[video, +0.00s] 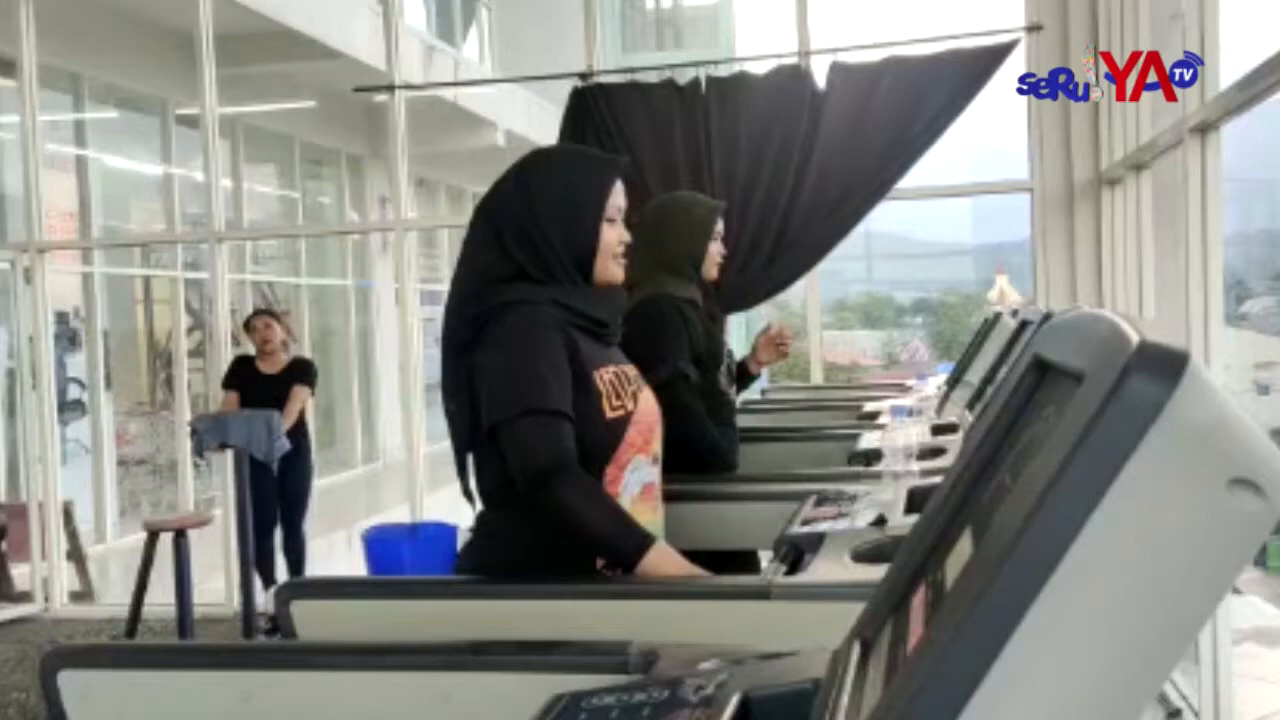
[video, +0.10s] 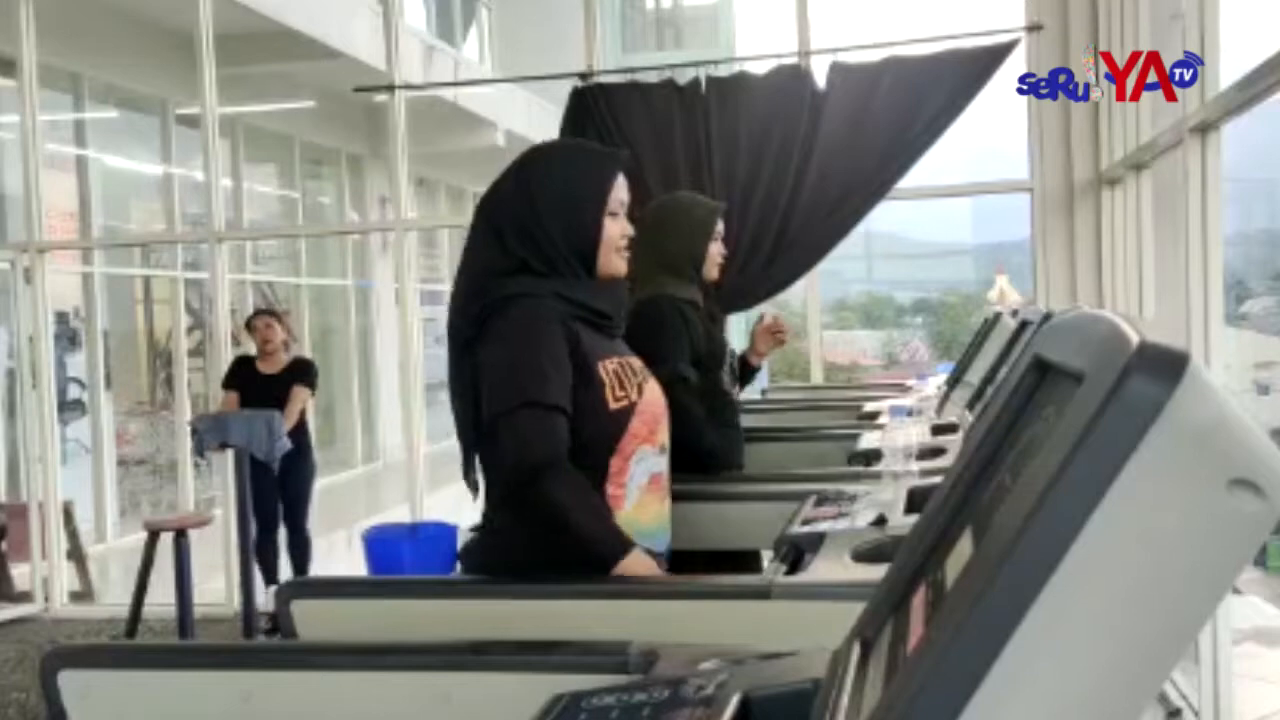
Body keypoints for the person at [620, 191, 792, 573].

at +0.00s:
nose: (722, 251)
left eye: (721, 240)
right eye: (715, 239)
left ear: (692, 244)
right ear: (687, 242)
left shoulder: (689, 302)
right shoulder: (663, 307)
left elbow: (708, 391)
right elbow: (679, 402)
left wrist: (752, 364)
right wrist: (724, 467)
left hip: (702, 476)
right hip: (679, 484)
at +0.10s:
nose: (723, 251)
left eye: (721, 240)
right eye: (716, 240)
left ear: (693, 245)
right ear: (687, 243)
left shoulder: (693, 303)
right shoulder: (664, 307)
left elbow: (714, 391)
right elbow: (679, 400)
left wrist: (753, 358)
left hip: (707, 474)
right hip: (683, 481)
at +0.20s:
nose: (724, 248)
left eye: (722, 237)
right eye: (716, 236)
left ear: (693, 243)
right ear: (688, 240)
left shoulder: (692, 297)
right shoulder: (666, 302)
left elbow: (718, 385)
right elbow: (679, 399)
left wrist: (755, 347)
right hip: (690, 474)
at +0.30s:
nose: (723, 245)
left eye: (721, 234)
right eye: (715, 233)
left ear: (691, 239)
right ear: (686, 237)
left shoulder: (693, 296)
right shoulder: (663, 299)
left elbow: (724, 388)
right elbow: (669, 401)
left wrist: (755, 336)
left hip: (713, 465)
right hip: (686, 472)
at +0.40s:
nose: (722, 244)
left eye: (720, 234)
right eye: (714, 233)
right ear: (685, 235)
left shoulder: (694, 297)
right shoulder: (659, 299)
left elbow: (730, 385)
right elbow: (657, 400)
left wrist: (754, 325)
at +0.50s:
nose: (719, 245)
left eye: (718, 234)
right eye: (711, 234)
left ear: (688, 238)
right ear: (683, 236)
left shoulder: (699, 297)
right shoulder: (657, 295)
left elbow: (736, 377)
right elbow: (649, 394)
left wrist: (749, 315)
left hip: (711, 463)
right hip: (675, 472)